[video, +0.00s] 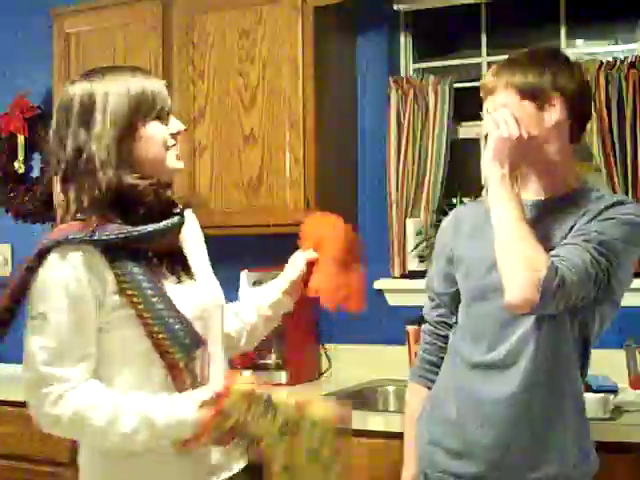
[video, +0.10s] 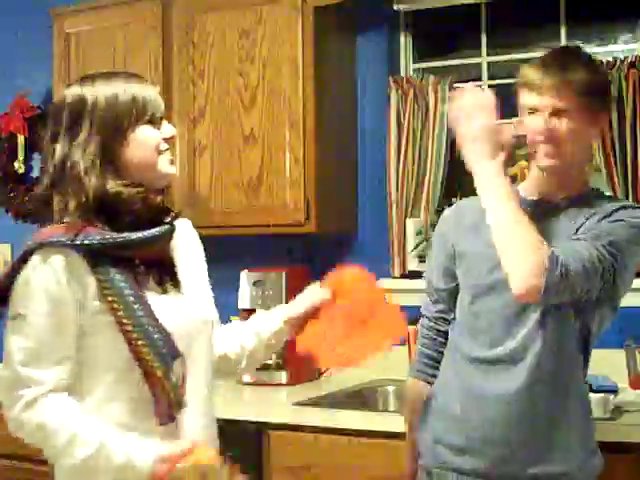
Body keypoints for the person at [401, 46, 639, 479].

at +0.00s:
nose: (489, 123)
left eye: (502, 108)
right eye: (487, 111)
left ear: (553, 111)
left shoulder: (614, 218)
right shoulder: (459, 224)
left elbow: (529, 292)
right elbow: (432, 349)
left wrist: (498, 177)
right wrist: (411, 465)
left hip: (544, 463)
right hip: (445, 459)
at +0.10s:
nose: (542, 127)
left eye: (560, 114)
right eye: (532, 112)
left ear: (597, 125)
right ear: (516, 123)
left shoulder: (619, 222)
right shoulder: (458, 221)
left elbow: (533, 279)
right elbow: (434, 332)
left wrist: (483, 162)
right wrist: (411, 435)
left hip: (552, 462)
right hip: (450, 457)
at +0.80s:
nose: (579, 125)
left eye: (602, 114)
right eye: (575, 109)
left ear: (636, 136)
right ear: (566, 117)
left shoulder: (631, 251)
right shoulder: (487, 211)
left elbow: (635, 377)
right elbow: (418, 333)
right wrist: (394, 449)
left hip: (568, 467)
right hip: (464, 461)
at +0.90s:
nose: (579, 126)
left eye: (602, 115)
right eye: (575, 110)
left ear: (637, 136)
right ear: (567, 117)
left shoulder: (632, 252)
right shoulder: (489, 209)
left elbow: (635, 372)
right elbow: (419, 330)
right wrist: (397, 445)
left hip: (570, 466)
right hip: (464, 461)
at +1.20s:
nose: (604, 140)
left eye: (626, 131)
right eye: (599, 122)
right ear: (587, 124)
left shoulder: (634, 262)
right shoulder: (505, 198)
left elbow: (637, 375)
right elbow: (411, 287)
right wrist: (390, 362)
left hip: (572, 466)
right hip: (472, 458)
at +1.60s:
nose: (622, 139)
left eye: (637, 128)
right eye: (613, 121)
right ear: (590, 125)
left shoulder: (632, 261)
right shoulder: (509, 199)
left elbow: (635, 380)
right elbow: (408, 293)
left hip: (582, 462)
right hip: (490, 456)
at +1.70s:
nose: (618, 142)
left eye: (636, 130)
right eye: (607, 122)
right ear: (584, 123)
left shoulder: (633, 260)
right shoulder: (506, 204)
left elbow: (637, 381)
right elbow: (419, 315)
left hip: (586, 467)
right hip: (491, 460)